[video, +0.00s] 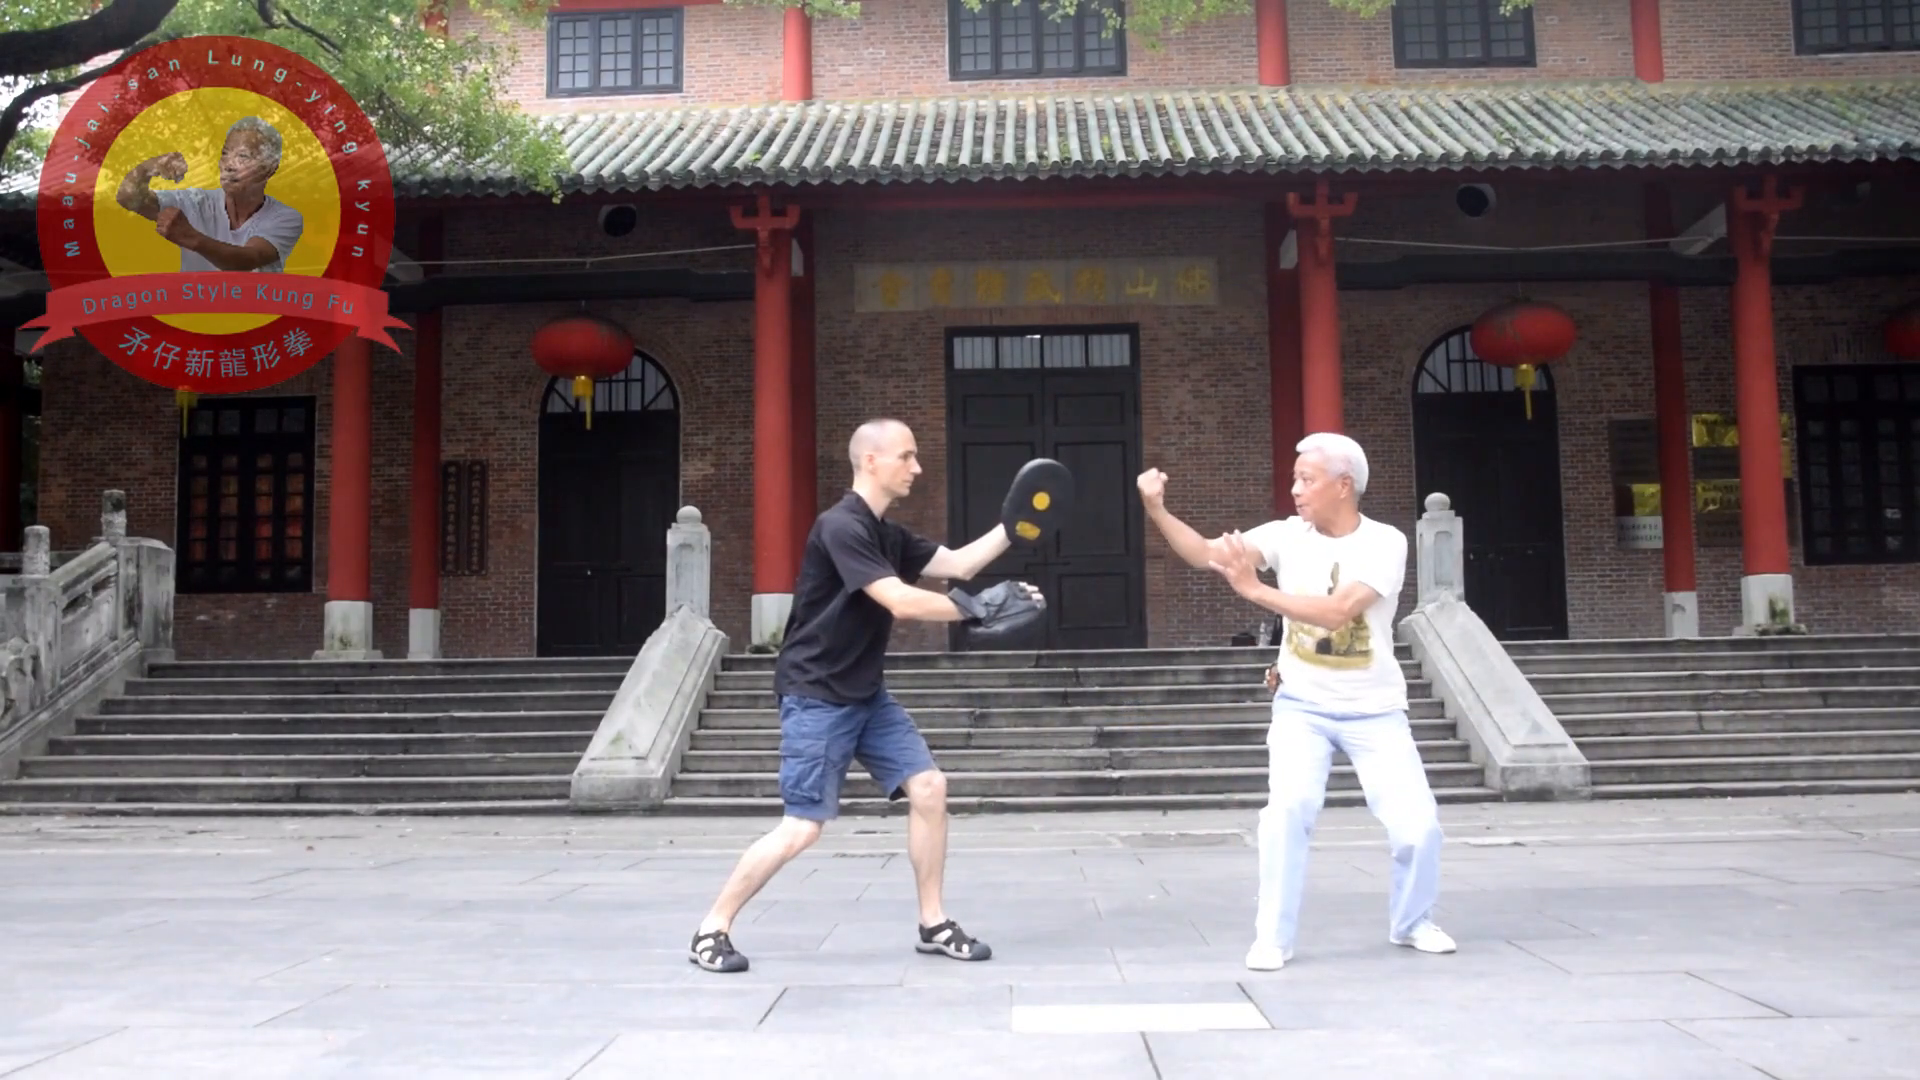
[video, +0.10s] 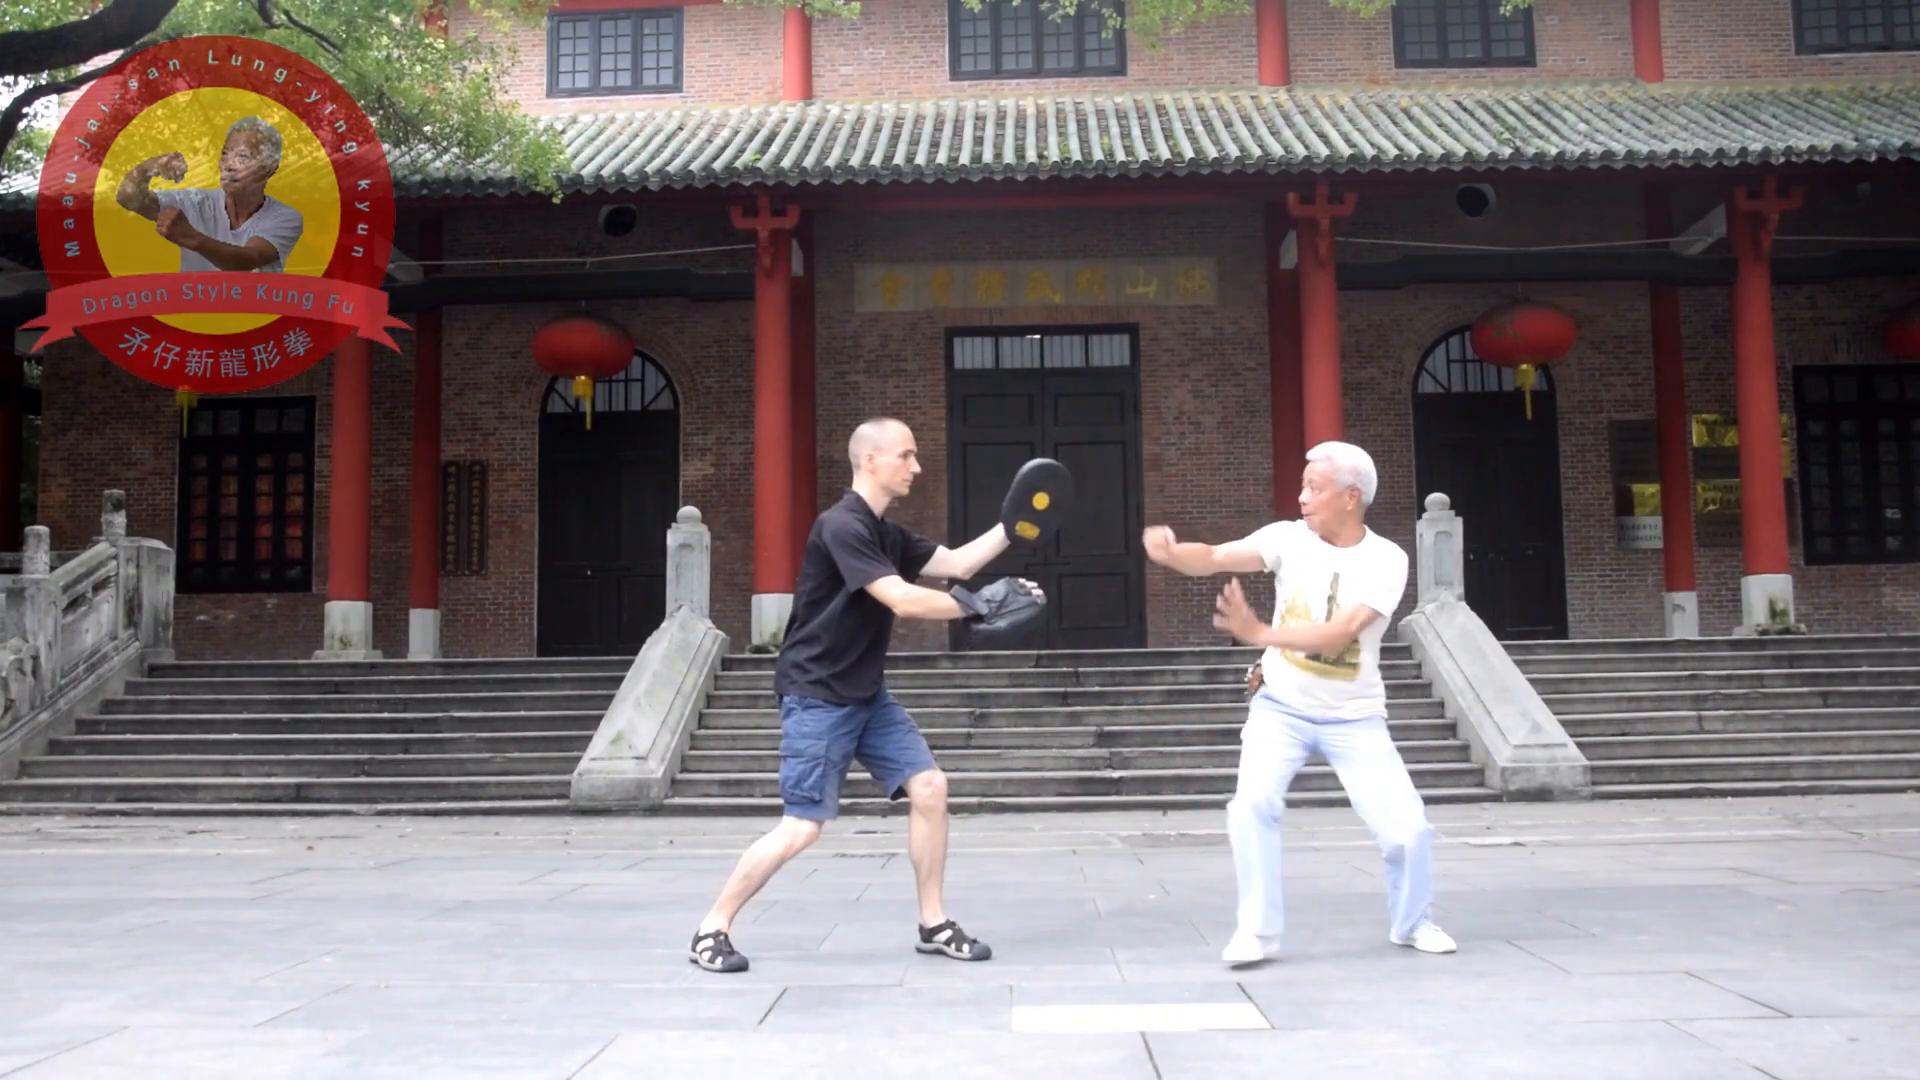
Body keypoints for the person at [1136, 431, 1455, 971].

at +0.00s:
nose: (1295, 491)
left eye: (1305, 480)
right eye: (1294, 480)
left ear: (1344, 485)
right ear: (1326, 485)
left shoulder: (1386, 543)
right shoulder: (1287, 535)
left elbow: (1338, 612)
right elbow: (1210, 554)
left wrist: (1252, 590)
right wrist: (1157, 510)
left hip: (1376, 709)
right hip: (1300, 706)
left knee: (1419, 828)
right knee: (1290, 808)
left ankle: (1413, 922)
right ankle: (1272, 939)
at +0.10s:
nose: (1302, 498)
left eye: (1313, 488)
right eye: (1302, 487)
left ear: (1351, 498)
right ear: (1339, 496)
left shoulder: (1387, 559)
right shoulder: (1288, 537)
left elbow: (1340, 635)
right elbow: (1217, 558)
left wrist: (1258, 633)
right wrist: (1168, 552)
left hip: (1355, 717)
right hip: (1279, 709)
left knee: (1409, 830)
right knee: (1252, 805)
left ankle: (1412, 923)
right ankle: (1256, 932)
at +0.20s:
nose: (1278, 509)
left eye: (1289, 499)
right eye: (1278, 498)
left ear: (1328, 508)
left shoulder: (1361, 568)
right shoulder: (1264, 544)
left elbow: (1323, 633)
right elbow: (1219, 588)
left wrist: (1274, 693)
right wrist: (1269, 579)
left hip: (1332, 721)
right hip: (1256, 713)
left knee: (1392, 833)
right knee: (1198, 797)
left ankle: (1411, 923)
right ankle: (1173, 923)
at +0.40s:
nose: (1155, 502)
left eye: (1166, 493)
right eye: (1158, 493)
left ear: (1200, 503)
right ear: (1184, 501)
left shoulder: (1235, 560)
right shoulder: (1151, 547)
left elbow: (1177, 612)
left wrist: (1102, 566)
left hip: (1255, 732)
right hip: (1185, 730)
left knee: (1321, 831)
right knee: (1112, 809)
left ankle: (1407, 911)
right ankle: (1066, 936)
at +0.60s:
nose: (1049, 484)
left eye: (1056, 476)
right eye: (1054, 474)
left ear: (1080, 487)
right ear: (1092, 489)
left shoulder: (1083, 545)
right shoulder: (1111, 528)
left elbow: (1014, 605)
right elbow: (1037, 515)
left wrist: (975, 612)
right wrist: (973, 491)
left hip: (1168, 719)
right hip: (1123, 717)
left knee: (1186, 848)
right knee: (1054, 804)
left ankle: (1294, 885)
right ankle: (1053, 940)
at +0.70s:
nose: (1017, 483)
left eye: (1021, 473)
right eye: (1021, 473)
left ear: (1042, 482)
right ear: (1069, 483)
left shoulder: (1043, 542)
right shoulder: (1097, 517)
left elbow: (989, 606)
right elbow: (1016, 505)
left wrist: (958, 598)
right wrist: (952, 477)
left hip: (1129, 706)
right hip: (1129, 703)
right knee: (1042, 807)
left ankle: (1224, 913)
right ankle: (1055, 941)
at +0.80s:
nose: (1003, 475)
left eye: (1007, 467)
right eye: (1008, 466)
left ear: (1026, 476)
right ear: (1061, 477)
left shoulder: (1026, 535)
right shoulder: (1089, 513)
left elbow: (966, 598)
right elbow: (1007, 493)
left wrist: (938, 559)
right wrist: (945, 470)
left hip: (1098, 701)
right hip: (1144, 697)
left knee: (1052, 820)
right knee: (1037, 808)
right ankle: (1050, 943)